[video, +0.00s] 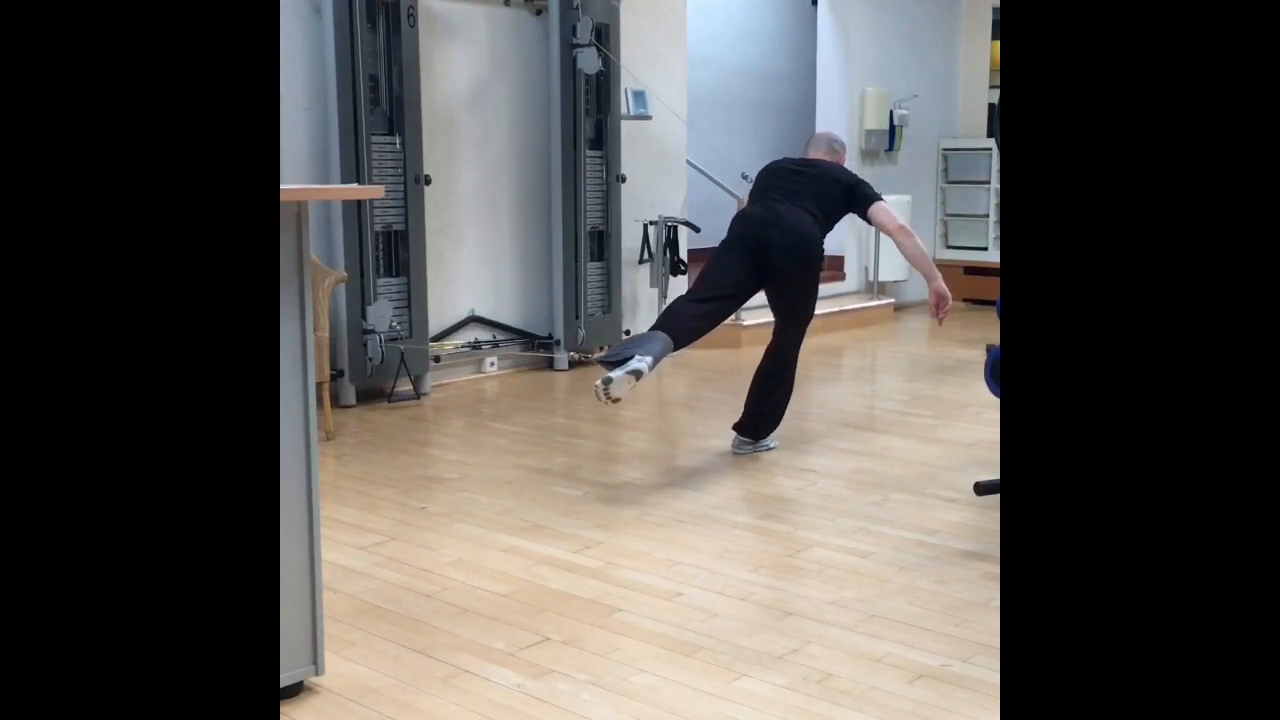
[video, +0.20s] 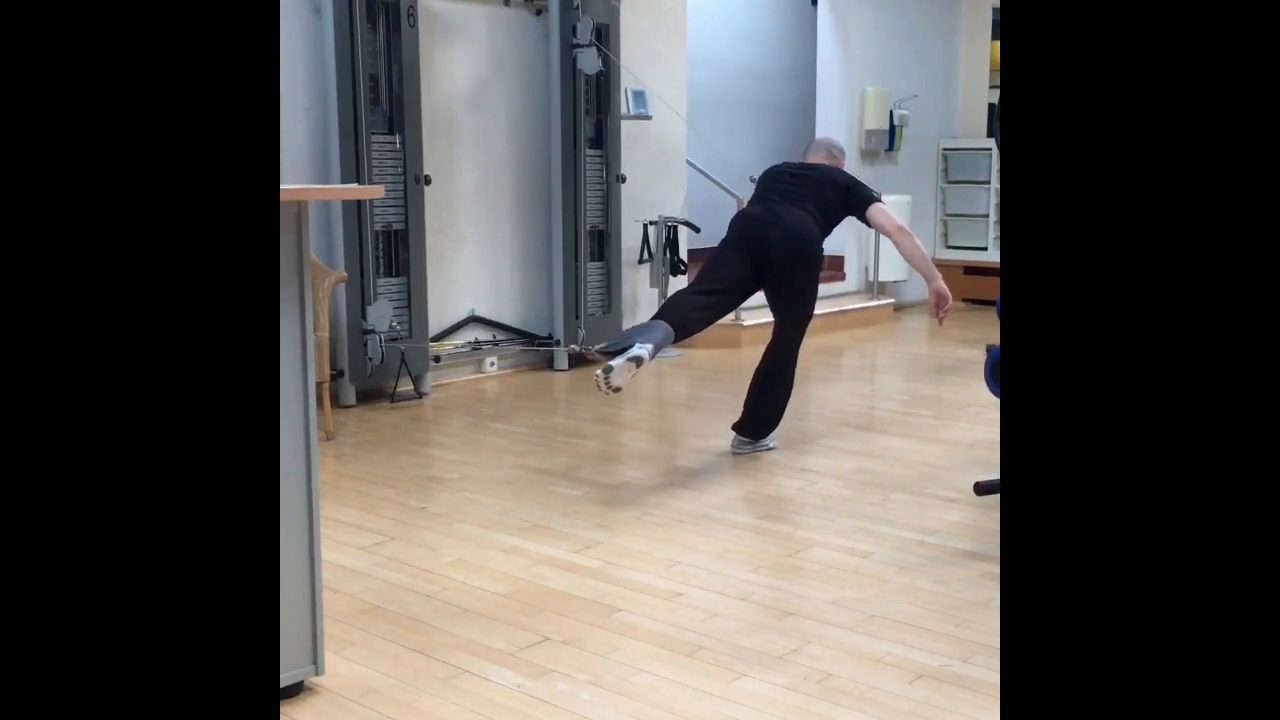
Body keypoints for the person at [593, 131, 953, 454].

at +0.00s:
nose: (842, 167)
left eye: (836, 160)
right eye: (843, 161)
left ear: (807, 151)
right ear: (840, 158)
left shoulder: (777, 166)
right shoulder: (845, 178)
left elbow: (745, 209)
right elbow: (897, 228)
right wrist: (935, 281)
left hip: (748, 233)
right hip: (798, 247)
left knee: (702, 301)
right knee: (787, 337)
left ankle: (646, 354)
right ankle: (752, 433)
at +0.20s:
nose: (842, 171)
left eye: (836, 164)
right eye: (842, 166)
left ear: (806, 156)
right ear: (838, 164)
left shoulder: (776, 171)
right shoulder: (844, 180)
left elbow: (747, 210)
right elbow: (896, 230)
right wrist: (935, 281)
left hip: (748, 230)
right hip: (798, 244)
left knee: (705, 295)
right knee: (787, 338)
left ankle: (642, 346)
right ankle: (751, 432)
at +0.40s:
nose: (839, 176)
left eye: (832, 171)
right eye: (840, 171)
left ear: (802, 163)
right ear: (836, 169)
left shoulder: (775, 177)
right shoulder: (841, 181)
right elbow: (894, 227)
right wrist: (938, 275)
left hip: (747, 233)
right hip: (796, 244)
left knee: (706, 297)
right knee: (788, 335)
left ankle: (643, 350)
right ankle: (750, 431)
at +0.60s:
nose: (839, 177)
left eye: (832, 172)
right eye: (839, 172)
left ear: (800, 166)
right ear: (835, 169)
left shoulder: (773, 180)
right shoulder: (840, 181)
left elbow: (747, 220)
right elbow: (892, 223)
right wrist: (939, 271)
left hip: (746, 234)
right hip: (796, 244)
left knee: (708, 305)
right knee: (788, 338)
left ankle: (652, 360)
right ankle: (751, 432)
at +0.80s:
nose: (833, 171)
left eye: (823, 165)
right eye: (835, 167)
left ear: (800, 160)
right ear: (834, 165)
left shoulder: (773, 176)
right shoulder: (840, 180)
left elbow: (746, 217)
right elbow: (892, 222)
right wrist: (935, 272)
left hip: (744, 236)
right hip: (794, 247)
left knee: (707, 310)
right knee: (788, 340)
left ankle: (656, 373)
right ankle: (751, 432)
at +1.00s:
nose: (838, 164)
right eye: (839, 160)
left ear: (803, 151)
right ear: (836, 158)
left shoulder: (773, 166)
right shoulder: (842, 177)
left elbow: (749, 204)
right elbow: (893, 223)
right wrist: (928, 277)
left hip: (746, 234)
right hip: (798, 246)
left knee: (714, 313)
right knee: (787, 338)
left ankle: (674, 387)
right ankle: (750, 432)